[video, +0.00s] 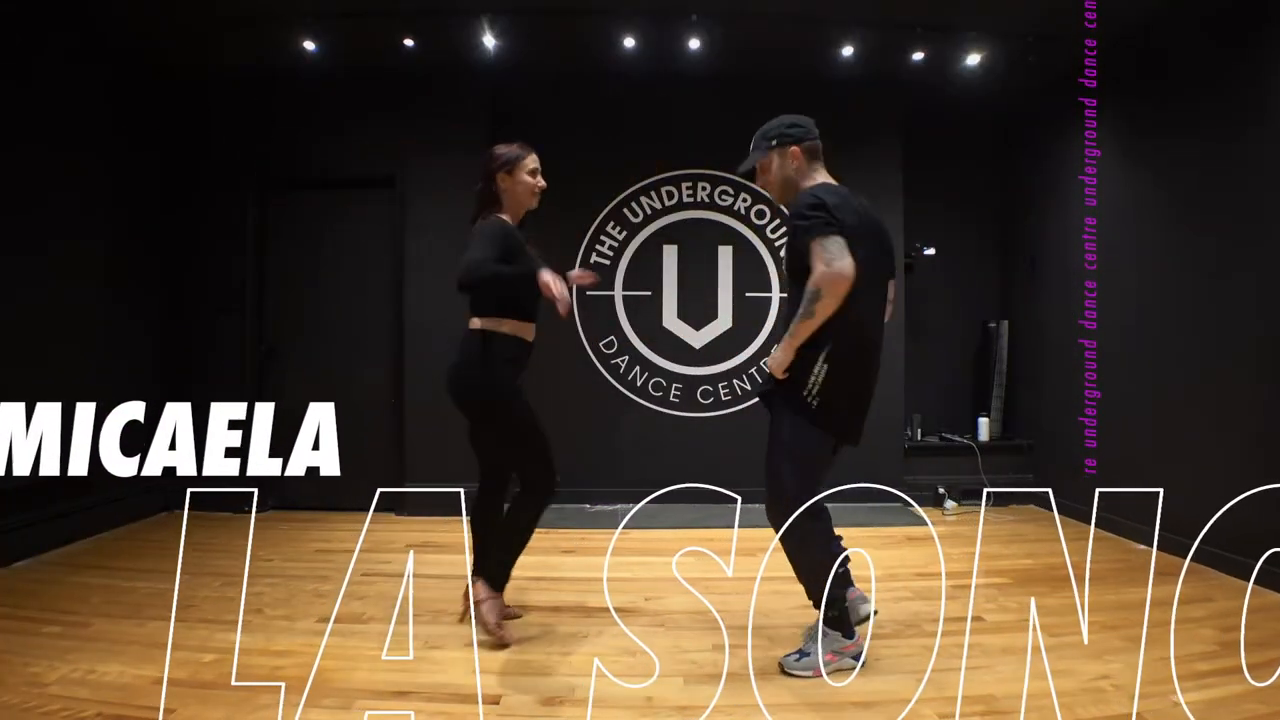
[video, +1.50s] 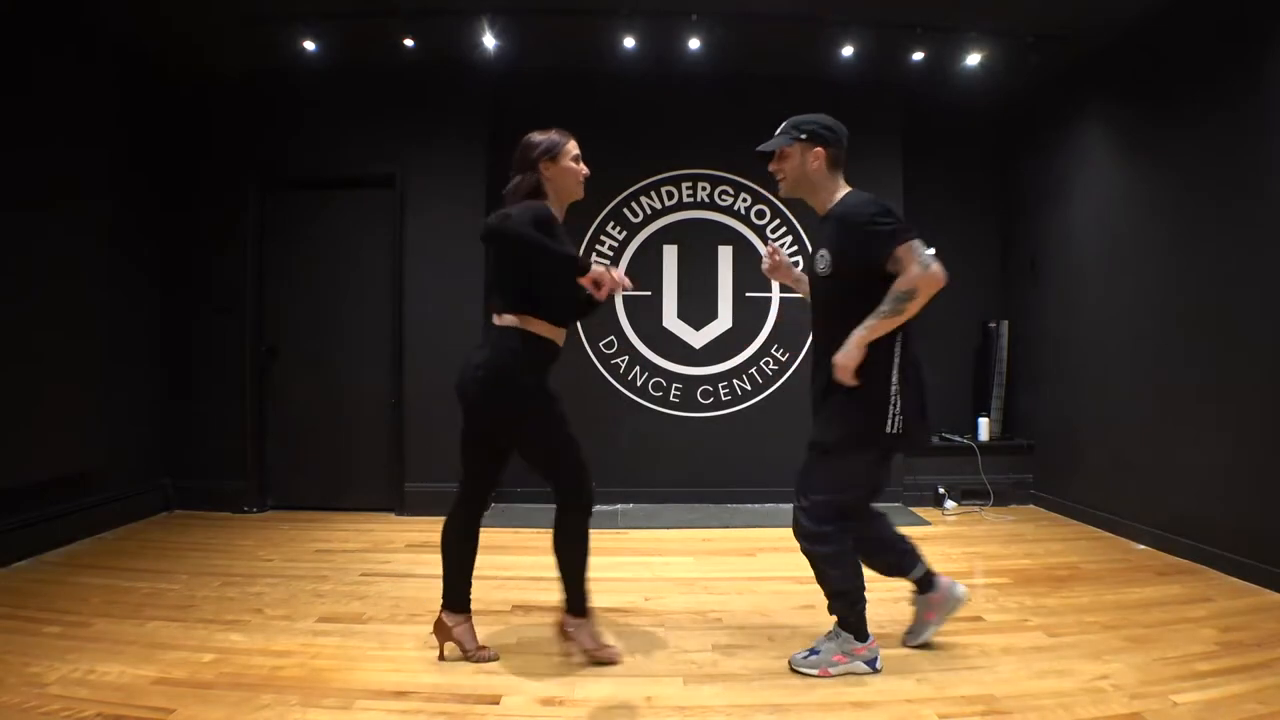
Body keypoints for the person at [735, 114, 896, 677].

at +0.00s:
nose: (761, 181)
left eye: (764, 168)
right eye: (759, 171)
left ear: (793, 154)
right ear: (803, 157)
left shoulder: (812, 204)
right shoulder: (863, 210)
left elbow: (836, 270)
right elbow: (885, 305)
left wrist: (788, 344)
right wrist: (829, 343)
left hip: (814, 384)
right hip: (844, 386)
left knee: (789, 502)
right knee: (795, 495)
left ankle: (837, 634)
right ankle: (845, 594)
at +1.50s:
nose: (774, 167)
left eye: (783, 156)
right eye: (774, 158)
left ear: (818, 157)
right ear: (813, 160)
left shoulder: (862, 214)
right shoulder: (833, 226)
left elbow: (928, 276)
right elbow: (845, 298)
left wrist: (859, 340)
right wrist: (795, 279)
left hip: (865, 400)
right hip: (847, 397)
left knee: (818, 515)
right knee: (841, 509)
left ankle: (853, 638)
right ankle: (932, 586)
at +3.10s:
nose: (732, 147)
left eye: (742, 135)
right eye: (733, 137)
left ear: (777, 136)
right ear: (768, 140)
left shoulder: (819, 197)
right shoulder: (776, 216)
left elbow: (858, 278)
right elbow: (773, 315)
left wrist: (763, 271)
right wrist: (697, 307)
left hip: (826, 400)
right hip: (780, 398)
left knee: (817, 525)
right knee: (767, 521)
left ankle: (907, 611)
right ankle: (757, 641)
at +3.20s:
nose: (714, 149)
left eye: (722, 137)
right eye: (714, 138)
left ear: (756, 136)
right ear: (751, 138)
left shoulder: (800, 198)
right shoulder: (755, 214)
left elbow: (808, 286)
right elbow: (746, 316)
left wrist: (733, 265)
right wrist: (673, 320)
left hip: (794, 389)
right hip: (758, 388)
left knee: (753, 512)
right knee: (742, 510)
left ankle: (841, 607)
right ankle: (754, 641)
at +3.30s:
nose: (686, 157)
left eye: (691, 144)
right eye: (685, 147)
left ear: (726, 138)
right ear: (721, 142)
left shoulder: (761, 208)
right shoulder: (738, 213)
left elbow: (752, 306)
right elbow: (722, 315)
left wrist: (668, 318)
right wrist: (651, 305)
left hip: (740, 407)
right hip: (722, 403)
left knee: (672, 513)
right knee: (721, 527)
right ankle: (751, 643)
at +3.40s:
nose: (667, 165)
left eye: (673, 151)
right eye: (666, 154)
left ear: (707, 141)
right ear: (707, 146)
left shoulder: (738, 214)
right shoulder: (727, 215)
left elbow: (719, 314)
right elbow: (703, 311)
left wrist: (623, 313)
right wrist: (626, 308)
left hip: (708, 412)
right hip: (702, 409)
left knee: (647, 526)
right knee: (691, 531)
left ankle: (583, 655)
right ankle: (745, 636)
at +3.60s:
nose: (630, 171)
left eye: (632, 156)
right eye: (626, 161)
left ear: (663, 141)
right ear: (668, 144)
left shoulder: (689, 212)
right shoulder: (705, 210)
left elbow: (634, 300)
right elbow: (669, 307)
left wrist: (545, 281)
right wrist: (601, 313)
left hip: (650, 398)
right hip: (662, 395)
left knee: (597, 504)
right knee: (606, 492)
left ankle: (570, 658)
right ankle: (660, 591)